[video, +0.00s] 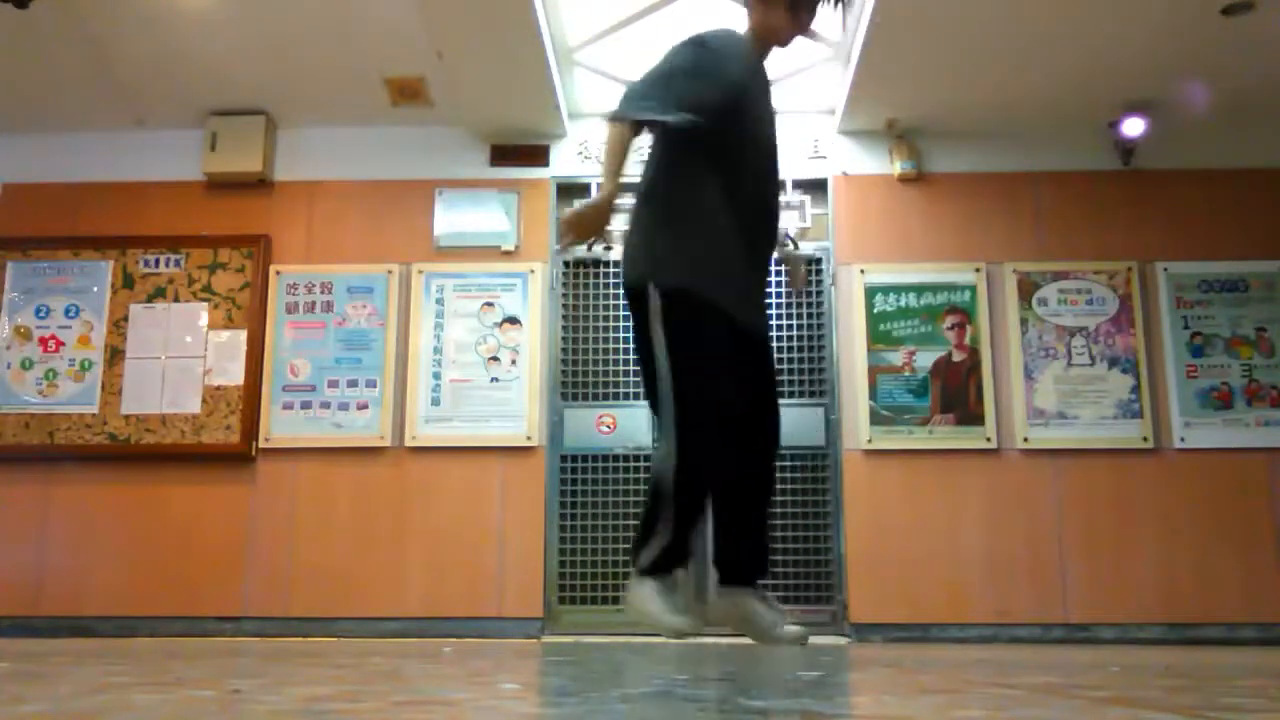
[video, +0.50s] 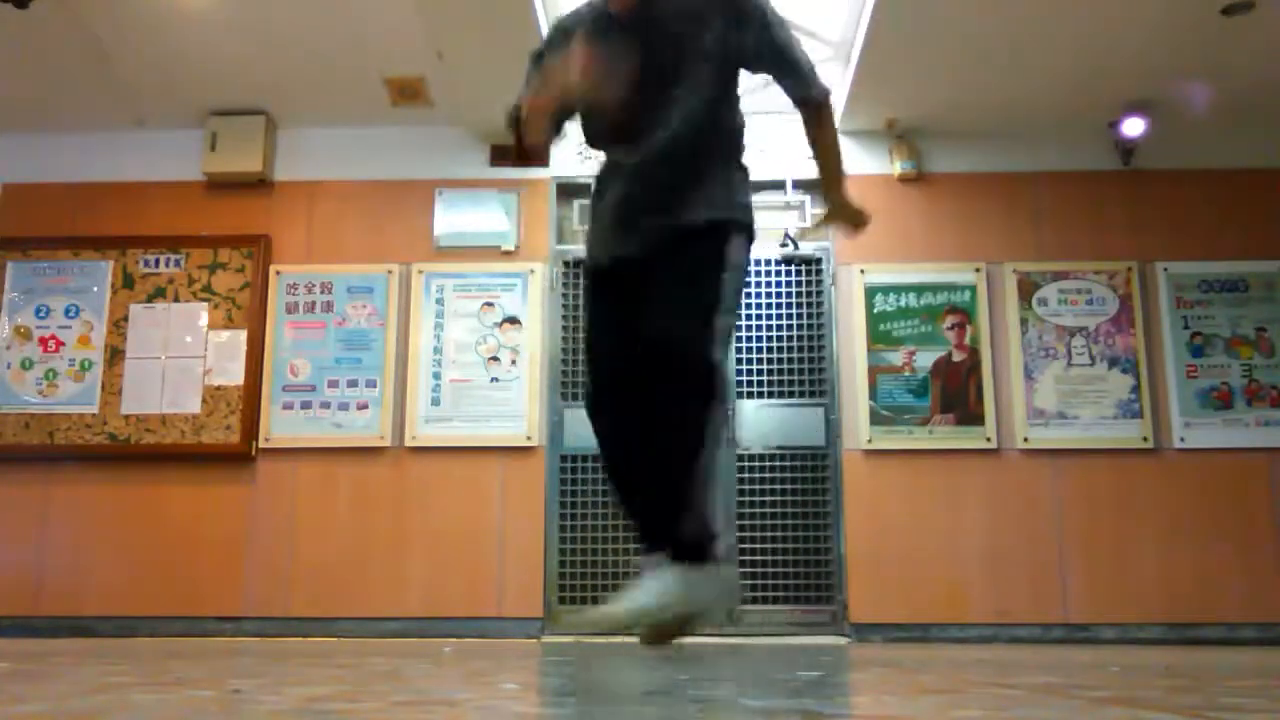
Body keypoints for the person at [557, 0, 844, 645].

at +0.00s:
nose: (806, 23)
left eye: (809, 13)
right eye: (802, 9)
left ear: (780, 12)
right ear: (767, 2)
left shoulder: (754, 82)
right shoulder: (716, 52)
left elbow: (733, 185)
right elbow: (627, 111)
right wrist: (605, 197)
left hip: (729, 280)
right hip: (674, 273)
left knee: (753, 428)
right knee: (692, 427)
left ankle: (735, 589)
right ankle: (652, 576)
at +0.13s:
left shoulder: (760, 58)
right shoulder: (651, 41)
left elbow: (787, 164)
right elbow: (578, 146)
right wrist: (561, 244)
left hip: (726, 273)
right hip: (647, 266)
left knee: (748, 427)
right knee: (656, 422)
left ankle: (701, 580)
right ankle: (615, 585)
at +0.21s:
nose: (708, 2)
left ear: (726, 1)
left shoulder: (759, 65)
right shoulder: (627, 75)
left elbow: (815, 144)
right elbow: (559, 182)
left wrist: (766, 78)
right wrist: (539, 297)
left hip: (721, 283)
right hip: (639, 281)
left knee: (755, 448)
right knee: (647, 432)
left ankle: (700, 572)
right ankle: (602, 594)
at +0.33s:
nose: (665, 6)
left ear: (690, 3)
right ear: (637, 5)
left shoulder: (732, 50)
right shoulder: (592, 83)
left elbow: (771, 80)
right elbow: (549, 187)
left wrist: (790, 120)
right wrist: (528, 277)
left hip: (708, 279)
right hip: (622, 282)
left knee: (760, 414)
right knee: (619, 427)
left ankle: (719, 555)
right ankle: (615, 592)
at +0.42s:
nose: (635, 3)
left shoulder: (725, 18)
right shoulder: (580, 55)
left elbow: (804, 93)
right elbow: (535, 146)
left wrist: (814, 178)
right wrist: (543, 197)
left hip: (715, 256)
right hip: (622, 262)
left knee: (727, 409)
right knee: (613, 420)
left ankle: (717, 566)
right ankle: (637, 580)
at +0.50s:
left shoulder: (725, 10)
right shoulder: (580, 30)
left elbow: (811, 93)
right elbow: (531, 139)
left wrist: (835, 193)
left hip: (704, 214)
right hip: (620, 225)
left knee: (684, 375)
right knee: (614, 396)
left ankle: (690, 563)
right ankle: (677, 565)